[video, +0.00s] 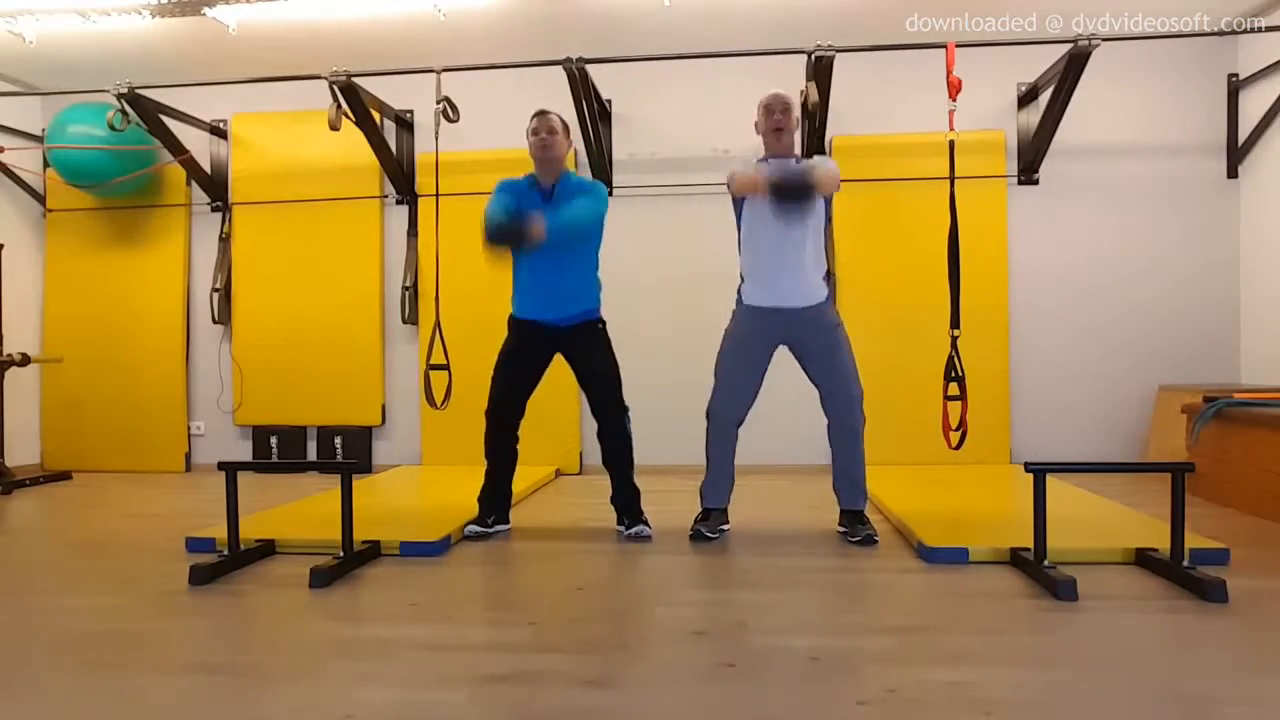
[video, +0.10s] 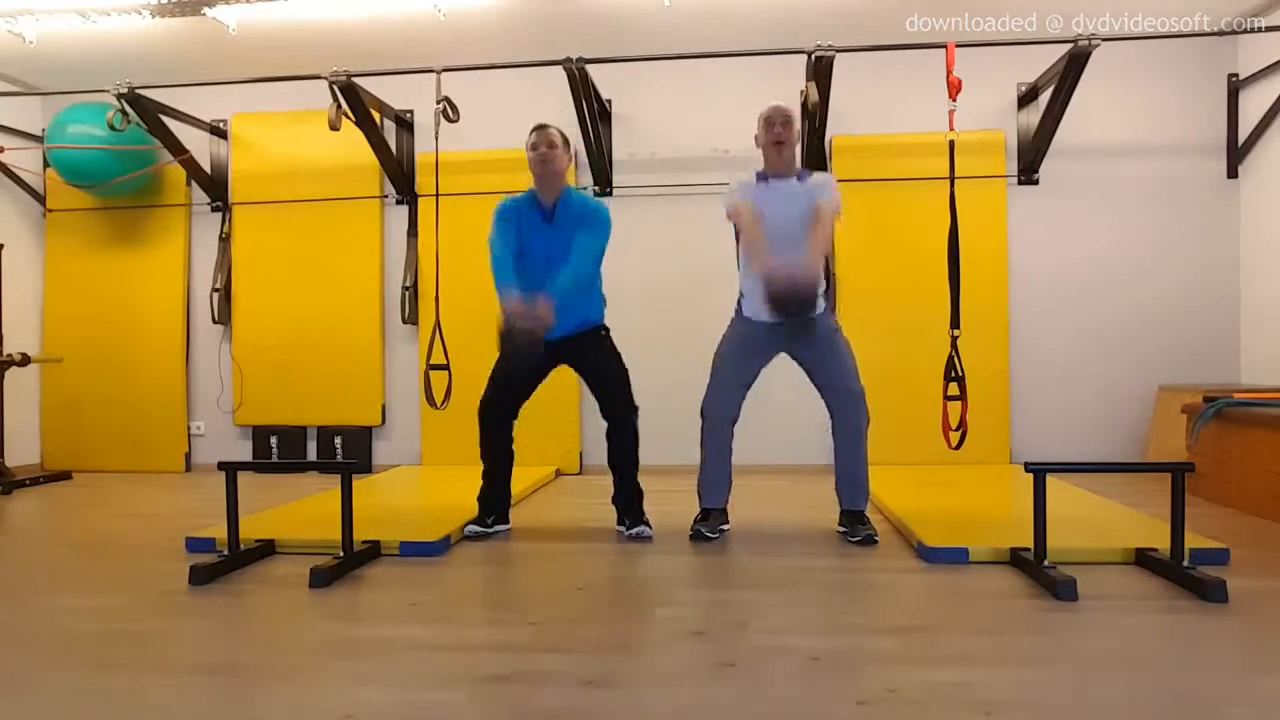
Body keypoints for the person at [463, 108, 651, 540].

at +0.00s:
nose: (543, 137)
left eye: (552, 131)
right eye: (536, 132)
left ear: (568, 144)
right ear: (527, 145)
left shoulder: (590, 192)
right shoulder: (512, 191)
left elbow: (579, 222)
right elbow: (495, 226)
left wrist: (535, 229)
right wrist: (519, 228)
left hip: (583, 326)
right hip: (529, 327)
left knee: (612, 415)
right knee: (501, 416)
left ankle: (629, 513)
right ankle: (494, 513)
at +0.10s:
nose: (543, 152)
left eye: (552, 146)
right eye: (536, 147)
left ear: (569, 158)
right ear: (526, 161)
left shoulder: (593, 211)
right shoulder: (509, 212)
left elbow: (582, 263)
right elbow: (502, 260)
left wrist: (551, 299)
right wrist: (512, 303)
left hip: (584, 335)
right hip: (529, 338)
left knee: (622, 411)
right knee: (494, 411)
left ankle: (630, 513)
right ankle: (494, 513)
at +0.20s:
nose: (543, 173)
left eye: (550, 166)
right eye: (535, 167)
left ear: (565, 178)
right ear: (525, 179)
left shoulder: (593, 235)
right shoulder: (508, 235)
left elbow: (587, 310)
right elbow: (508, 304)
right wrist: (522, 364)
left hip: (585, 346)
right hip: (530, 348)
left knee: (629, 410)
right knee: (484, 411)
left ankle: (632, 515)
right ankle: (494, 514)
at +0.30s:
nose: (533, 204)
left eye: (542, 195)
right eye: (525, 196)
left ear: (560, 203)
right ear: (517, 206)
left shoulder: (591, 259)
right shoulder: (502, 262)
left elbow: (591, 337)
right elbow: (512, 338)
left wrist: (570, 399)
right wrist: (539, 400)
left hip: (586, 362)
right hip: (530, 364)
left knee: (634, 413)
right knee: (478, 413)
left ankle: (632, 515)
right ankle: (493, 514)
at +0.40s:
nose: (525, 235)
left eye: (534, 227)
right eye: (517, 228)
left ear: (553, 232)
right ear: (509, 235)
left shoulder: (586, 280)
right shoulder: (497, 283)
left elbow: (590, 352)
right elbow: (513, 352)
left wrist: (573, 409)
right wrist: (543, 407)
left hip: (586, 370)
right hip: (529, 372)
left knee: (630, 415)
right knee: (475, 413)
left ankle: (632, 516)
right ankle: (492, 514)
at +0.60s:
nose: (527, 206)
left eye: (537, 198)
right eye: (518, 199)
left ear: (554, 206)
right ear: (510, 210)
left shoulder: (587, 259)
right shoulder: (496, 263)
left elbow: (587, 337)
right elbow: (511, 337)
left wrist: (570, 397)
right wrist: (538, 395)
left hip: (584, 358)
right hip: (527, 360)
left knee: (625, 414)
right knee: (475, 412)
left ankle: (630, 514)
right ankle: (491, 514)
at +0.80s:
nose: (537, 137)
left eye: (545, 130)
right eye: (530, 132)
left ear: (564, 143)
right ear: (521, 144)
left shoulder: (588, 197)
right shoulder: (502, 200)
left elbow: (577, 260)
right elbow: (504, 262)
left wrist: (553, 310)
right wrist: (520, 317)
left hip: (575, 321)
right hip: (520, 323)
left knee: (610, 410)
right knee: (490, 412)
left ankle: (629, 514)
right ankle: (492, 513)